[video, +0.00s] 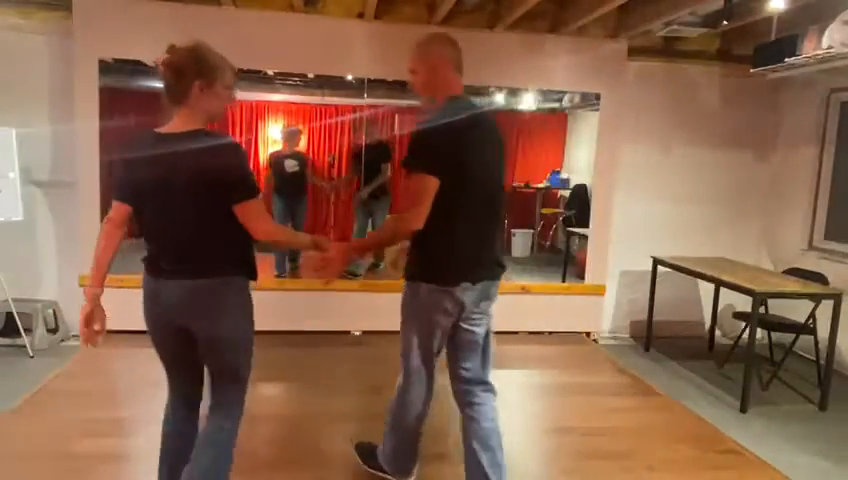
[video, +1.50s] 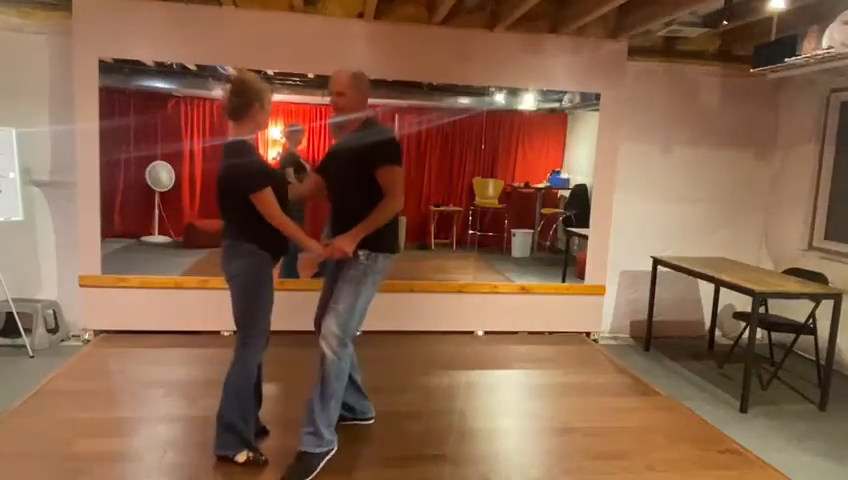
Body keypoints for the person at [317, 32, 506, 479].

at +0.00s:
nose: (411, 77)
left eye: (415, 69)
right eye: (412, 69)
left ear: (434, 68)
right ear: (454, 69)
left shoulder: (434, 131)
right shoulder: (486, 126)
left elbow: (412, 218)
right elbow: (482, 204)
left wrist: (355, 249)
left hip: (436, 274)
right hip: (483, 271)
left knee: (417, 370)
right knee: (476, 384)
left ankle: (396, 460)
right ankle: (490, 475)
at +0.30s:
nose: (381, 79)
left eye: (387, 70)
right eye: (382, 71)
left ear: (409, 69)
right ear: (416, 71)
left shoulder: (414, 126)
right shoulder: (440, 123)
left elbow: (405, 209)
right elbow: (431, 200)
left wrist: (351, 239)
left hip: (409, 259)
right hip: (439, 256)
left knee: (396, 360)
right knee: (406, 352)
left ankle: (395, 459)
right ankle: (427, 443)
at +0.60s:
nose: (367, 88)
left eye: (374, 79)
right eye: (365, 81)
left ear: (399, 79)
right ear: (370, 84)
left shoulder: (407, 130)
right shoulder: (387, 129)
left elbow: (412, 206)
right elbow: (377, 192)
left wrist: (361, 239)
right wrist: (340, 215)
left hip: (399, 258)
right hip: (383, 255)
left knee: (373, 353)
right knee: (365, 334)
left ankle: (398, 457)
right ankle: (361, 403)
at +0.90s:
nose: (354, 92)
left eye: (361, 84)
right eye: (351, 85)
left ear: (384, 83)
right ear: (352, 88)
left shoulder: (401, 132)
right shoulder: (361, 135)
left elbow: (415, 199)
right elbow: (337, 184)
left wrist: (366, 239)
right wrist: (293, 206)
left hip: (389, 250)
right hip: (366, 248)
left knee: (346, 332)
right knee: (343, 329)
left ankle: (387, 421)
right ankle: (353, 404)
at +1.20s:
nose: (343, 94)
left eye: (350, 88)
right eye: (340, 88)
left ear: (373, 89)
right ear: (342, 92)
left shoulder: (391, 135)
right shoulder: (347, 138)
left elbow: (404, 197)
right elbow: (322, 185)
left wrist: (363, 234)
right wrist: (277, 197)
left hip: (380, 246)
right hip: (348, 243)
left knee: (340, 323)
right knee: (343, 326)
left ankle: (349, 423)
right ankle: (351, 404)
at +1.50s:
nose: (333, 100)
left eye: (340, 94)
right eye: (332, 94)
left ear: (363, 96)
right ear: (336, 98)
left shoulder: (380, 137)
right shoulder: (341, 143)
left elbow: (396, 198)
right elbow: (311, 188)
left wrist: (352, 237)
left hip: (372, 250)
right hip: (342, 248)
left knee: (334, 334)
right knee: (330, 326)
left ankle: (318, 441)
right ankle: (355, 405)